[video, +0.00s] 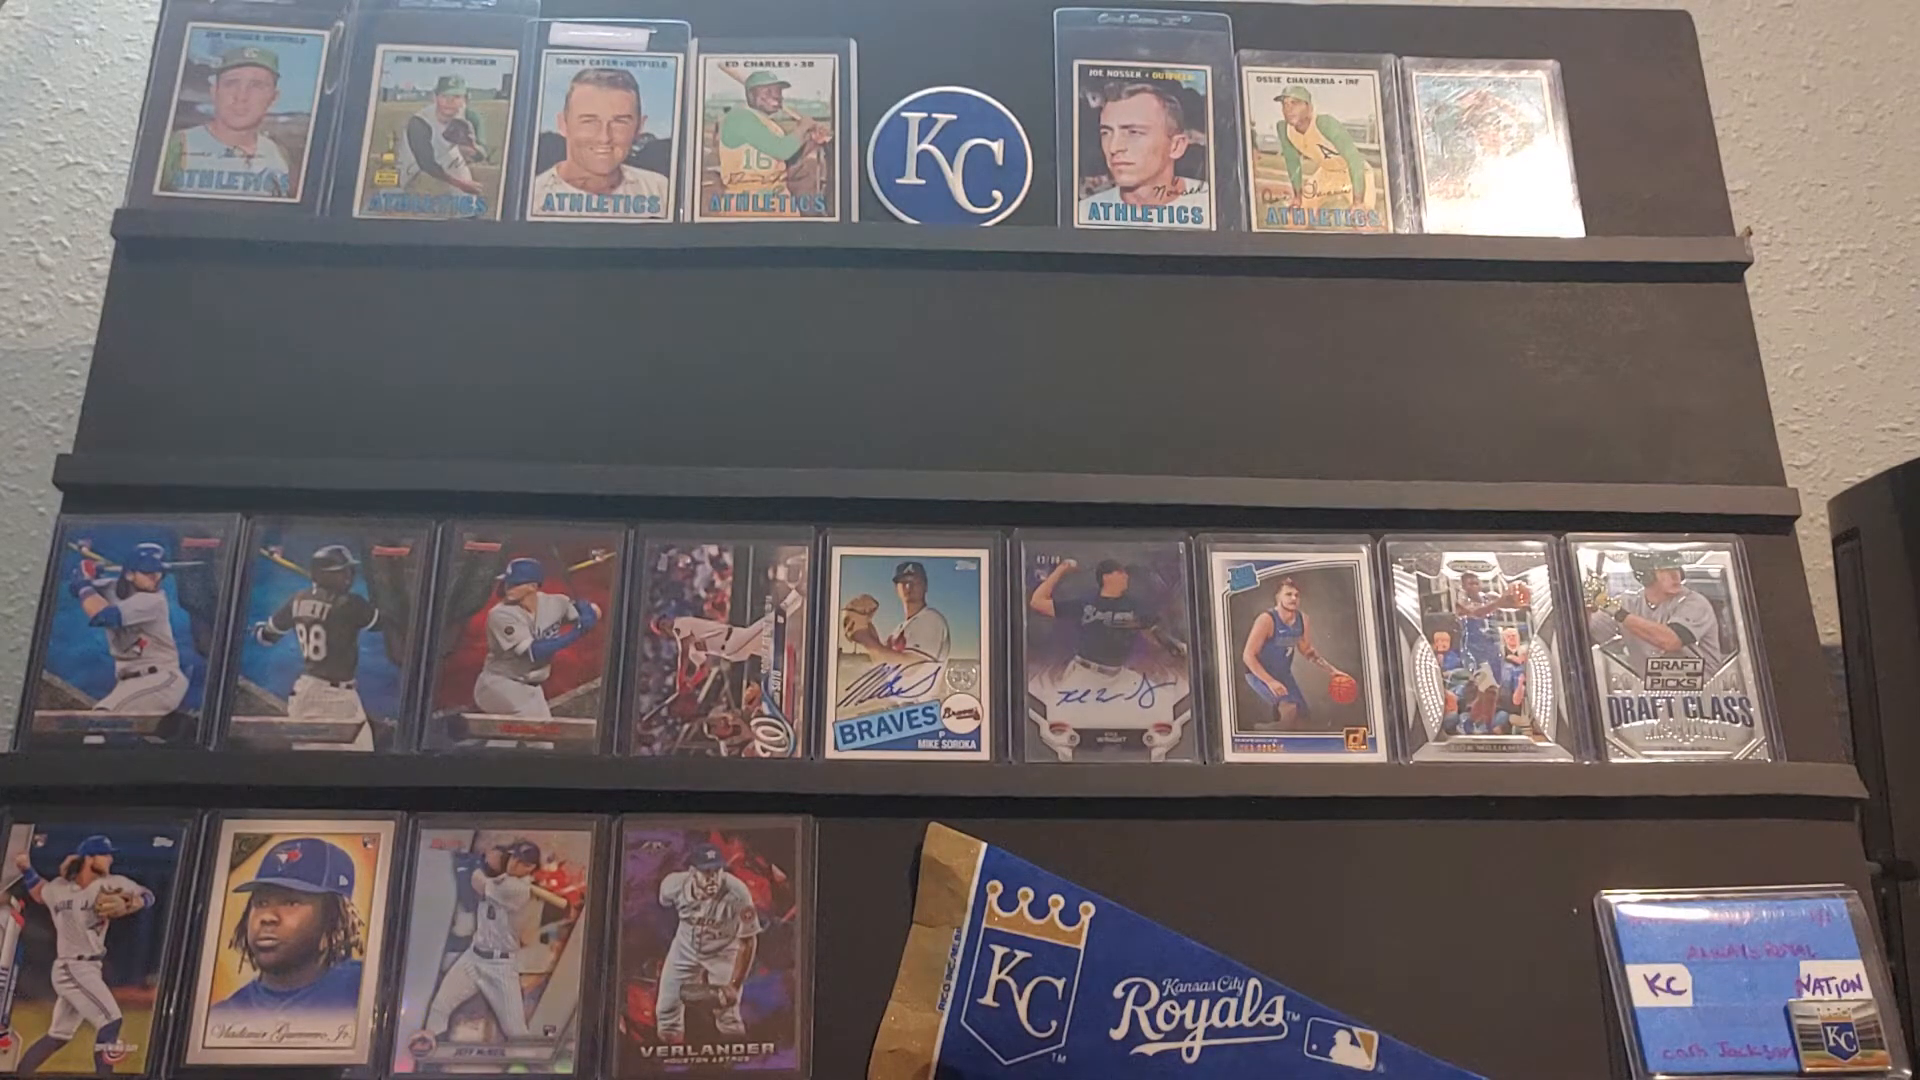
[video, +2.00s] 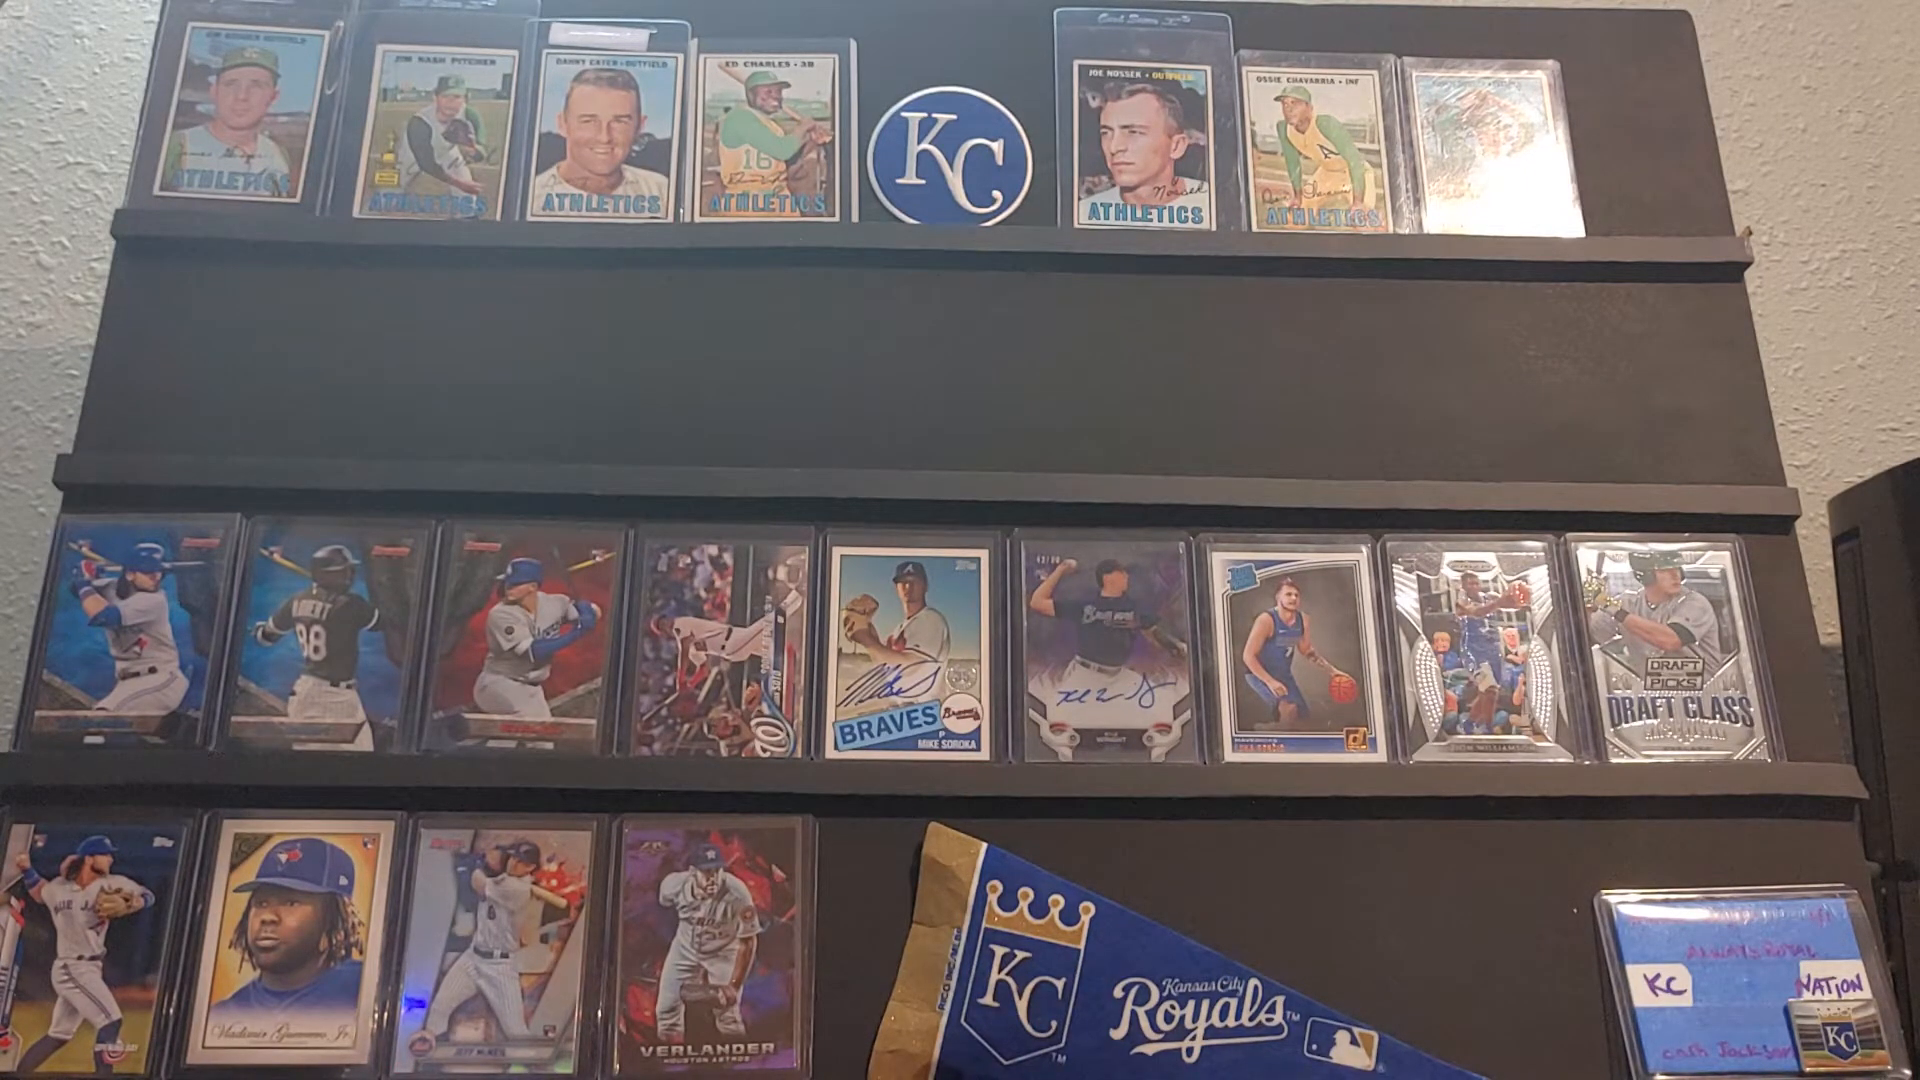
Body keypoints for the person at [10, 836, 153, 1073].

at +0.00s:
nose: (110, 859)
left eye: (110, 855)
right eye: (105, 855)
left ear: (97, 861)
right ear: (90, 859)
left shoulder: (111, 884)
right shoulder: (58, 889)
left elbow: (148, 896)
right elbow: (38, 890)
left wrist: (131, 905)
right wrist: (26, 869)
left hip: (90, 969)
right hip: (71, 969)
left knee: (58, 1036)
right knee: (111, 1019)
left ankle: (19, 1073)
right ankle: (104, 1074)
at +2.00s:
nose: (110, 859)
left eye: (110, 855)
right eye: (105, 855)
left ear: (98, 861)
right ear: (89, 859)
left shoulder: (111, 884)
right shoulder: (58, 888)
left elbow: (148, 896)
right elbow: (39, 891)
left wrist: (131, 904)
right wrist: (27, 869)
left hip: (91, 969)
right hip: (70, 969)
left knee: (59, 1035)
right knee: (110, 1020)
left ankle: (18, 1073)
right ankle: (104, 1074)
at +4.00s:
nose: (110, 860)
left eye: (110, 855)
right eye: (105, 855)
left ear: (96, 861)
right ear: (89, 859)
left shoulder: (110, 885)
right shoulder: (57, 888)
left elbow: (149, 896)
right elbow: (39, 892)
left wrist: (134, 904)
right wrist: (27, 870)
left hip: (90, 969)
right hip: (71, 969)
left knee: (58, 1035)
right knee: (111, 1020)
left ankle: (19, 1073)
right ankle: (104, 1074)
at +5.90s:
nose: (110, 860)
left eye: (110, 855)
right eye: (106, 855)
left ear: (95, 861)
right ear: (90, 859)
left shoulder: (111, 884)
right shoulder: (58, 888)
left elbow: (149, 896)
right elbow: (39, 891)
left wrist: (130, 904)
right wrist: (27, 870)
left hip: (90, 969)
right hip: (71, 969)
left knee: (58, 1035)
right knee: (111, 1020)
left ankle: (19, 1073)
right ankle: (104, 1074)